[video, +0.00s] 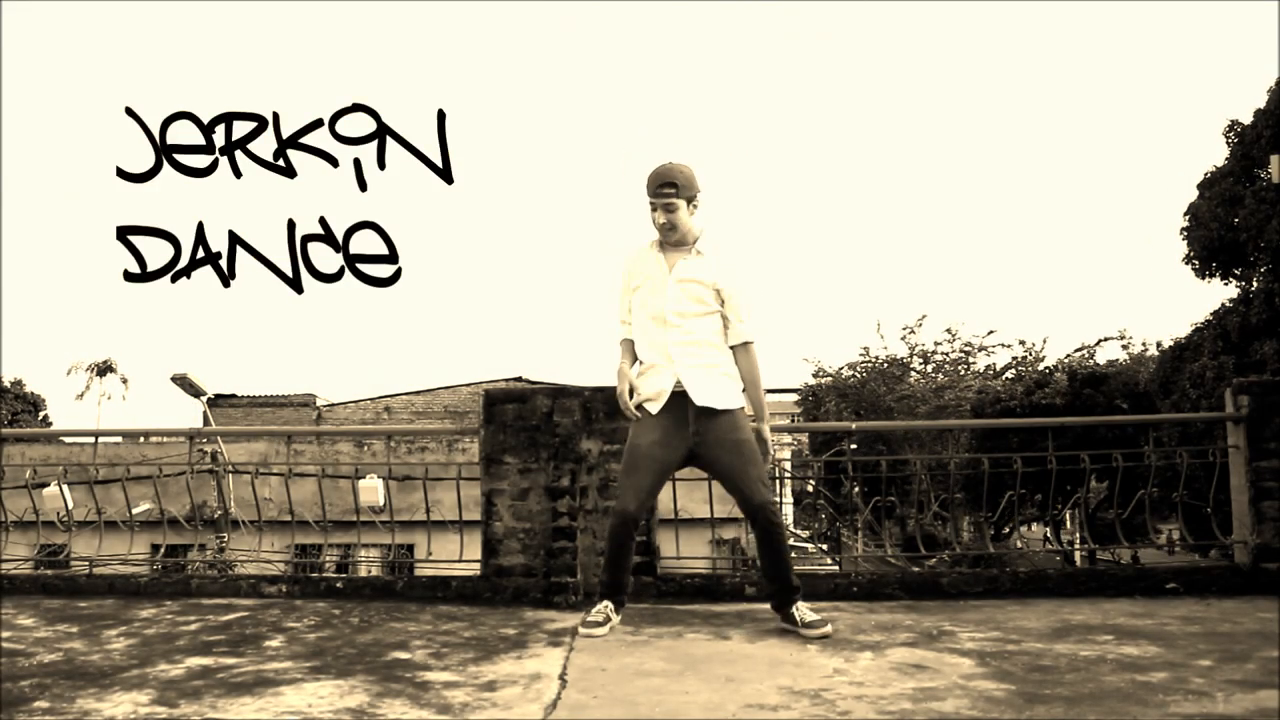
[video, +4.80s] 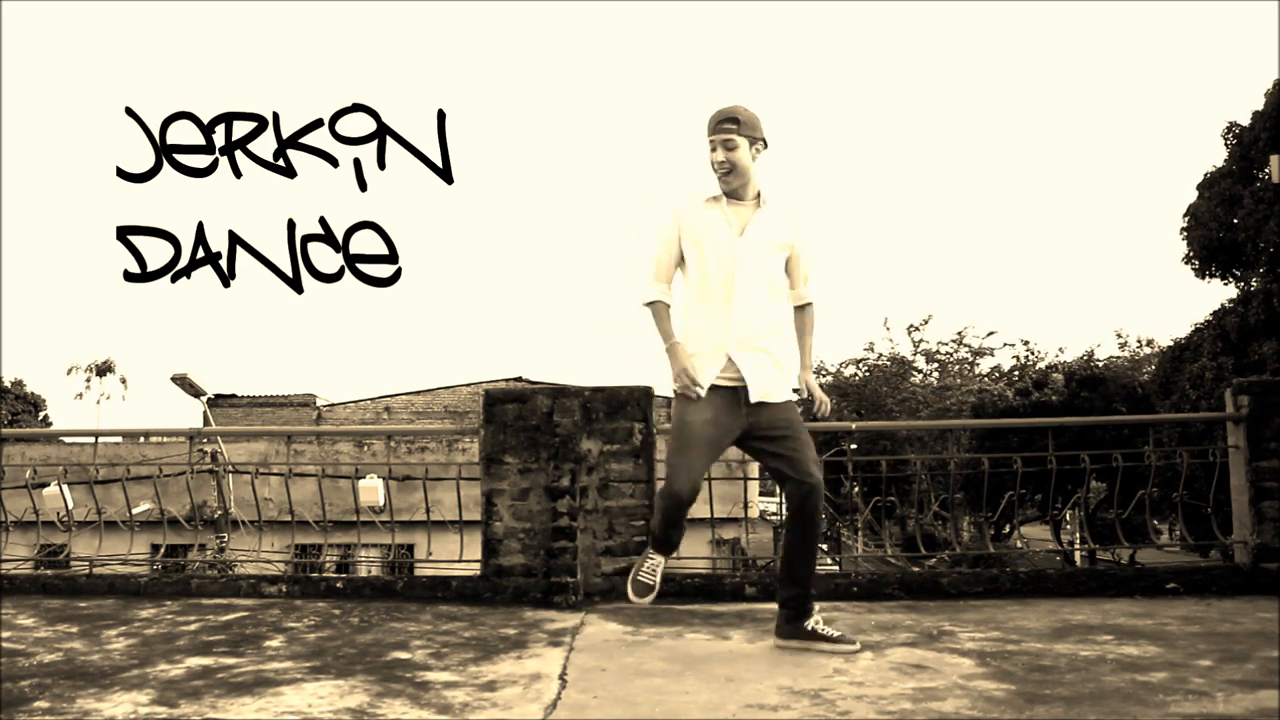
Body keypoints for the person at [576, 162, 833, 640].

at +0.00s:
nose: (661, 215)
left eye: (670, 206)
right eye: (654, 207)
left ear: (692, 206)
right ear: (649, 208)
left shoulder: (721, 265)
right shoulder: (638, 264)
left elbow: (743, 346)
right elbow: (629, 334)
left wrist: (761, 421)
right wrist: (624, 369)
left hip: (720, 406)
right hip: (657, 407)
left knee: (764, 506)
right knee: (626, 510)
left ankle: (788, 604)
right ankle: (608, 603)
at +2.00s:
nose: (663, 218)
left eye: (672, 208)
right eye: (657, 209)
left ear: (698, 210)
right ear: (653, 215)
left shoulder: (725, 277)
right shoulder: (637, 284)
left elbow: (754, 352)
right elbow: (639, 365)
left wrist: (778, 412)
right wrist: (644, 431)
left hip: (741, 418)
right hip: (679, 425)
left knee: (804, 496)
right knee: (664, 536)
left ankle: (824, 589)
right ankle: (616, 609)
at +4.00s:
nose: (683, 188)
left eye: (693, 177)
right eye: (677, 180)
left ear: (719, 182)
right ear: (672, 188)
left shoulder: (748, 250)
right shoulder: (657, 257)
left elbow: (767, 322)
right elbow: (645, 340)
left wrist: (781, 385)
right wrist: (634, 410)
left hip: (745, 396)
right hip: (679, 398)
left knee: (797, 489)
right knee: (651, 496)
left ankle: (801, 588)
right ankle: (614, 585)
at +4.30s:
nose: (691, 213)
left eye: (701, 203)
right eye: (684, 204)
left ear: (725, 206)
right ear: (677, 208)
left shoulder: (756, 273)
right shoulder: (659, 277)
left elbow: (799, 346)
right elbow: (629, 344)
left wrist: (847, 413)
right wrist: (617, 340)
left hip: (754, 424)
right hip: (685, 427)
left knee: (799, 518)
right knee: (653, 535)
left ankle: (811, 617)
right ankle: (626, 609)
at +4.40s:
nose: (718, 203)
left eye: (728, 193)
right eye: (710, 194)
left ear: (751, 197)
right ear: (703, 200)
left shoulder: (778, 271)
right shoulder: (681, 271)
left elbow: (826, 335)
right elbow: (662, 346)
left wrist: (881, 387)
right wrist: (615, 333)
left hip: (767, 411)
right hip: (701, 415)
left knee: (808, 509)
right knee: (680, 517)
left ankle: (815, 617)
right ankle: (626, 596)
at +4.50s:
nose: (743, 195)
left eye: (753, 185)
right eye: (735, 186)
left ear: (776, 190)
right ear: (728, 192)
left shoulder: (794, 262)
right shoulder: (701, 256)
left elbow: (815, 322)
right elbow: (696, 325)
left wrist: (842, 364)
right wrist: (678, 348)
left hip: (773, 391)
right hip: (716, 391)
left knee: (817, 499)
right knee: (730, 492)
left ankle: (817, 615)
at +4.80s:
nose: (719, 156)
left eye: (729, 146)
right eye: (713, 148)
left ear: (757, 149)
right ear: (708, 155)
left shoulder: (784, 224)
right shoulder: (686, 216)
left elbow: (802, 303)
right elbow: (658, 288)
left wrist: (806, 369)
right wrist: (674, 350)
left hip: (772, 384)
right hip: (705, 379)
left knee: (809, 486)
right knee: (679, 488)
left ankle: (796, 616)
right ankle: (657, 553)